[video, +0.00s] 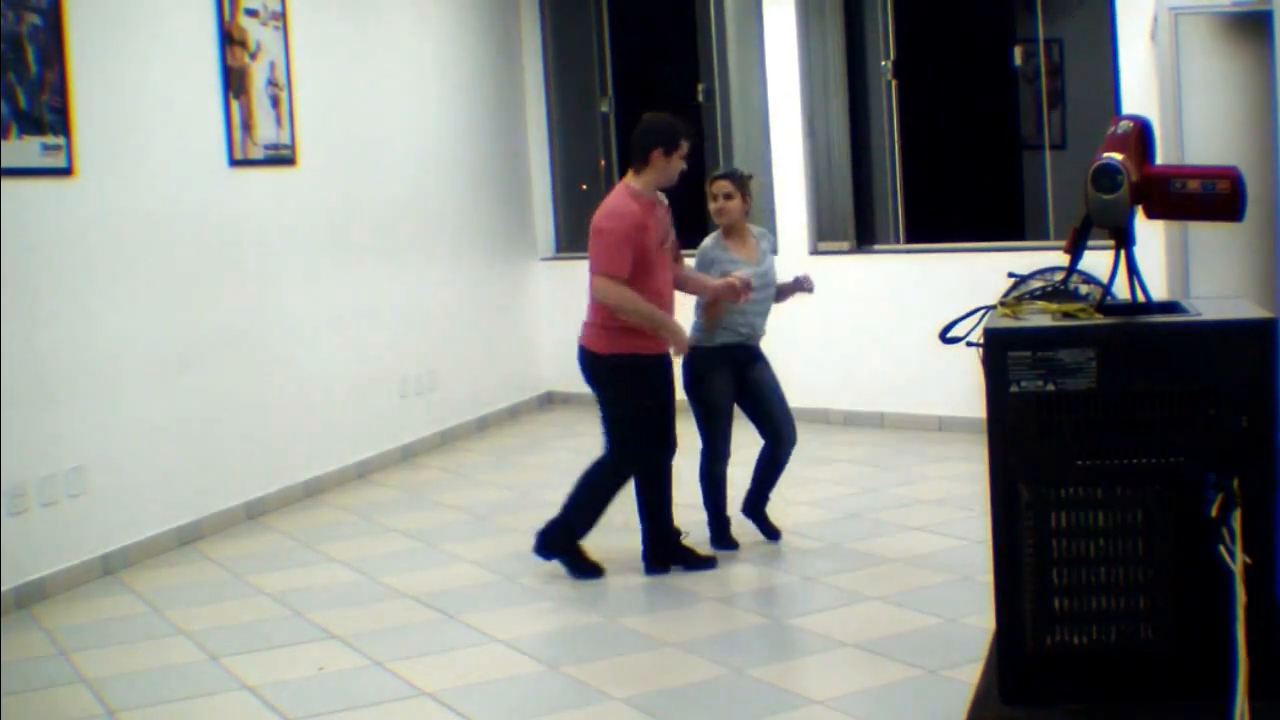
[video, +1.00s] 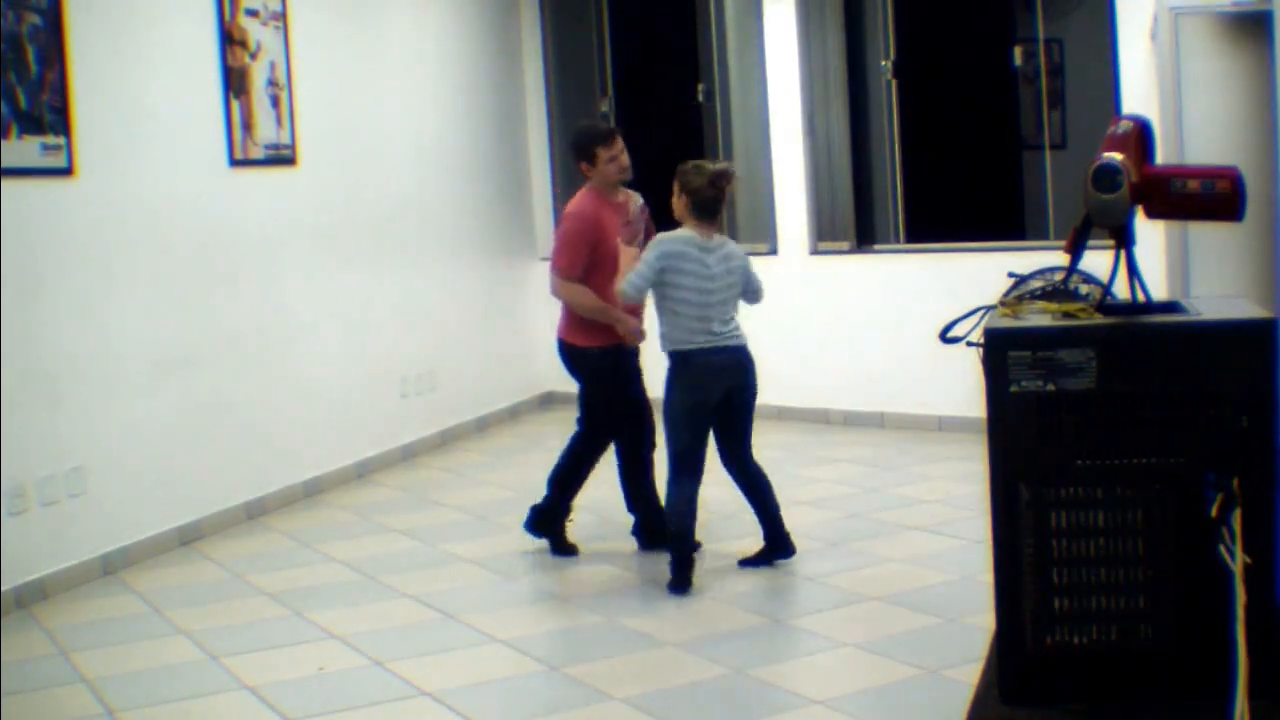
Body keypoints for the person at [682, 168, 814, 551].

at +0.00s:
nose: (719, 205)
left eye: (727, 197)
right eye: (713, 198)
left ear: (746, 201)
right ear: (709, 205)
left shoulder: (763, 240)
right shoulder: (709, 251)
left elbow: (761, 296)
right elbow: (704, 317)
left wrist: (790, 288)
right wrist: (723, 293)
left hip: (748, 354)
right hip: (708, 358)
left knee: (782, 436)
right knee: (716, 449)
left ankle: (755, 504)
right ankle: (718, 524)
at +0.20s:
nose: (717, 198)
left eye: (725, 189)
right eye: (711, 192)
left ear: (743, 194)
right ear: (707, 200)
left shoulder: (760, 233)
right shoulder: (712, 243)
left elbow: (763, 282)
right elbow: (721, 300)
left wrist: (802, 269)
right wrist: (719, 284)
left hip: (756, 347)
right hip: (719, 352)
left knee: (762, 435)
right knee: (735, 441)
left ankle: (739, 506)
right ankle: (718, 519)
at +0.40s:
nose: (713, 202)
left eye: (721, 193)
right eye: (708, 196)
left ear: (742, 196)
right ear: (705, 203)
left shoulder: (766, 239)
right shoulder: (708, 248)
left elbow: (789, 289)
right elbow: (695, 297)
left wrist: (815, 263)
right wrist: (672, 276)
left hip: (759, 353)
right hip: (719, 356)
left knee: (756, 441)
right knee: (740, 442)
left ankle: (741, 510)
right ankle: (744, 529)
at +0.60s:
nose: (701, 205)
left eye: (708, 196)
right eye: (698, 198)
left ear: (733, 199)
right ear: (705, 205)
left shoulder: (767, 250)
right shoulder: (697, 254)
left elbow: (785, 311)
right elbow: (669, 306)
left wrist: (770, 277)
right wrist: (633, 285)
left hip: (754, 362)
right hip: (706, 367)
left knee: (779, 454)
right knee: (736, 460)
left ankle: (762, 502)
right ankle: (765, 541)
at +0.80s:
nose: (689, 203)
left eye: (694, 196)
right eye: (691, 195)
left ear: (709, 201)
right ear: (715, 201)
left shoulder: (732, 248)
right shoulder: (711, 249)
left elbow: (722, 306)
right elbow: (698, 301)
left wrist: (672, 274)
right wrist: (663, 273)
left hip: (734, 363)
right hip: (713, 365)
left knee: (713, 455)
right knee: (732, 456)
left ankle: (769, 541)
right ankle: (768, 541)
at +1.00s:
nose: (672, 200)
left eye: (674, 194)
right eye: (674, 194)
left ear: (681, 200)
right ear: (721, 202)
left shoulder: (664, 247)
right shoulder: (732, 252)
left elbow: (630, 293)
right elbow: (754, 293)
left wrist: (627, 260)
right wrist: (715, 274)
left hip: (690, 370)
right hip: (736, 364)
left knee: (684, 470)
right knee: (738, 457)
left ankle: (681, 569)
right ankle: (778, 539)